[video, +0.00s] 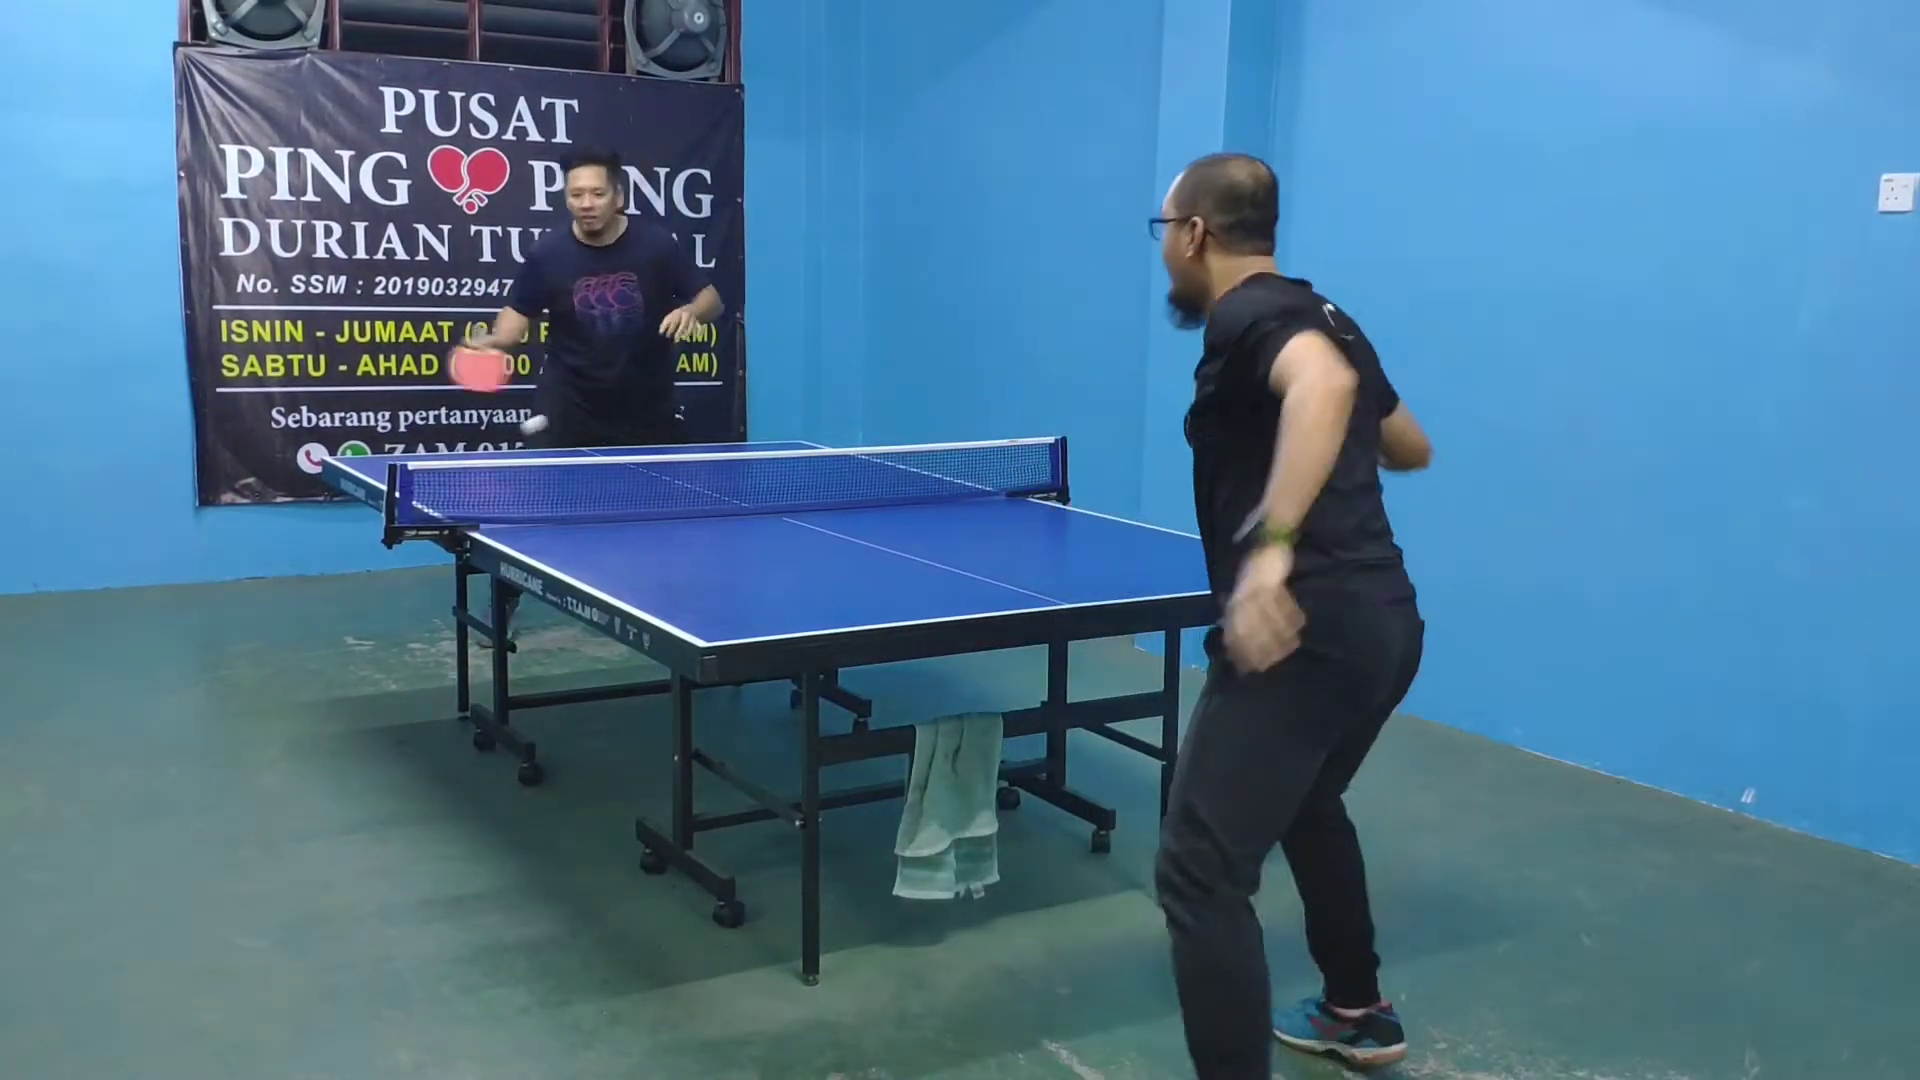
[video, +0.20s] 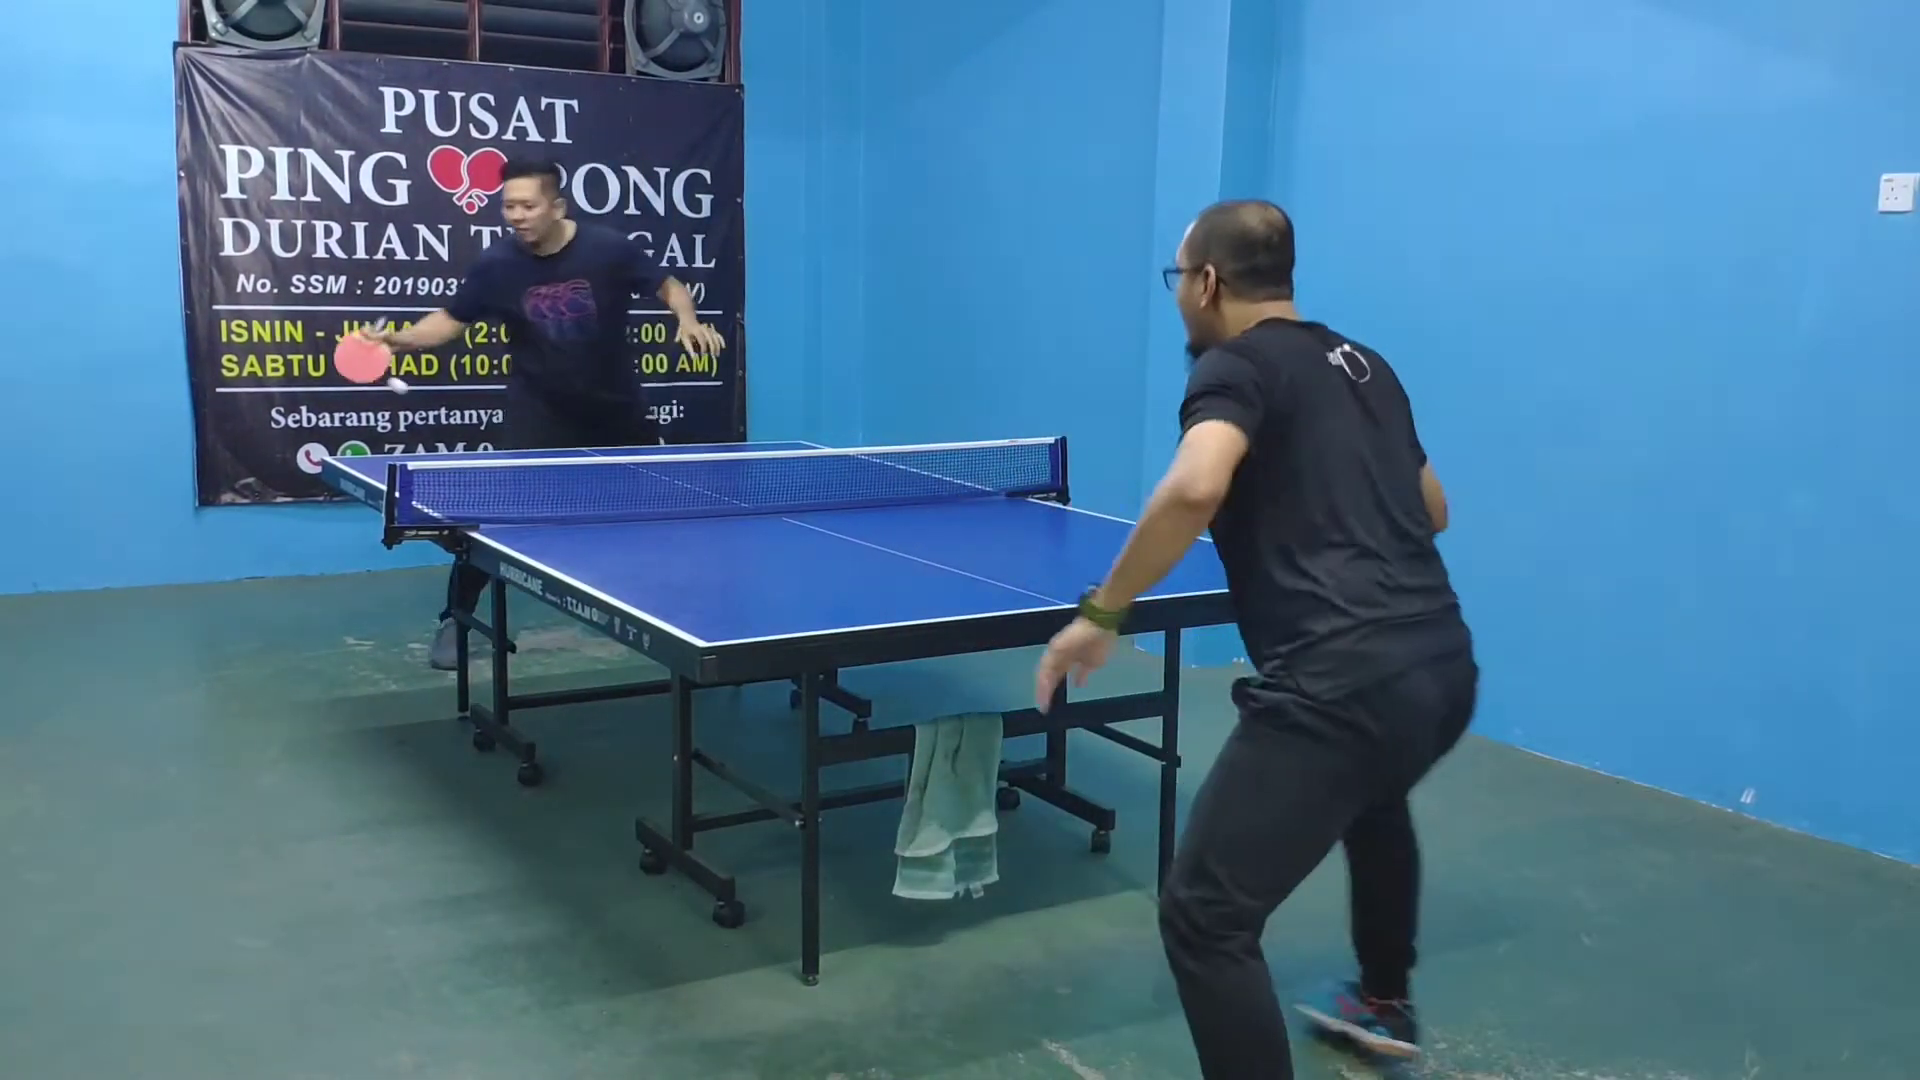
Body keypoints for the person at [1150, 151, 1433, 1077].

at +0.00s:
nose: (1163, 247)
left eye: (1167, 229)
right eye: (1164, 229)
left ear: (1198, 234)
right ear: (1258, 233)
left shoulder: (1251, 311)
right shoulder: (1324, 317)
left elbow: (1323, 378)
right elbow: (1407, 446)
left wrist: (1268, 548)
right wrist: (1300, 431)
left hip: (1306, 624)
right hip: (1379, 624)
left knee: (1200, 869)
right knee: (1309, 802)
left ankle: (1232, 1066)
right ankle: (1356, 1008)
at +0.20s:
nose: (1177, 296)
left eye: (1180, 279)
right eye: (1177, 279)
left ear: (1209, 282)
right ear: (1285, 280)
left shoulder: (1235, 364)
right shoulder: (1363, 362)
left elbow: (1192, 493)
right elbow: (1430, 510)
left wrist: (1099, 616)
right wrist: (1311, 524)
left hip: (1334, 692)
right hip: (1439, 675)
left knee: (1204, 913)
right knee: (1371, 792)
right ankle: (1386, 1002)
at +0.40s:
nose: (1189, 345)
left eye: (1189, 328)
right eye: (1186, 329)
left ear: (1218, 330)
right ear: (1291, 321)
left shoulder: (1261, 403)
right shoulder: (1375, 390)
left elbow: (1245, 546)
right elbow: (1410, 553)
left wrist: (1156, 648)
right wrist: (1283, 600)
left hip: (1399, 707)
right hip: (1500, 687)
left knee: (1242, 908)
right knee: (1423, 822)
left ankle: (1269, 1070)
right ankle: (1468, 1031)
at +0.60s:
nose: (1214, 380)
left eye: (1215, 365)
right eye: (1212, 365)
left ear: (1240, 370)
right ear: (1316, 362)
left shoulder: (1264, 455)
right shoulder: (1410, 426)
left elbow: (1261, 624)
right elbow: (1484, 551)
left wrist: (1257, 731)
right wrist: (1379, 665)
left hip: (1435, 731)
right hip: (1556, 708)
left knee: (1262, 929)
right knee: (1477, 827)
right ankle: (1478, 1023)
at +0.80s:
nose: (1335, 371)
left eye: (1337, 355)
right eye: (1335, 356)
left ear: (1363, 354)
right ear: (1440, 356)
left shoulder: (1315, 460)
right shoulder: (1542, 448)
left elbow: (1273, 636)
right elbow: (1652, 608)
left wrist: (1379, 661)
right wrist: (1610, 714)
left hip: (1385, 748)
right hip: (1532, 749)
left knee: (1203, 904)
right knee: (1515, 883)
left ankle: (1234, 1070)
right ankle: (1561, 1067)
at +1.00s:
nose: (1408, 397)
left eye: (1410, 383)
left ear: (1421, 382)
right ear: (1526, 404)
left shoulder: (1361, 475)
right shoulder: (1551, 476)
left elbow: (1387, 583)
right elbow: (1579, 592)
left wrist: (1515, 615)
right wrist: (1635, 779)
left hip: (1311, 790)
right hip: (1469, 803)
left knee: (1161, 956)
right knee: (1531, 899)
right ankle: (1546, 1067)